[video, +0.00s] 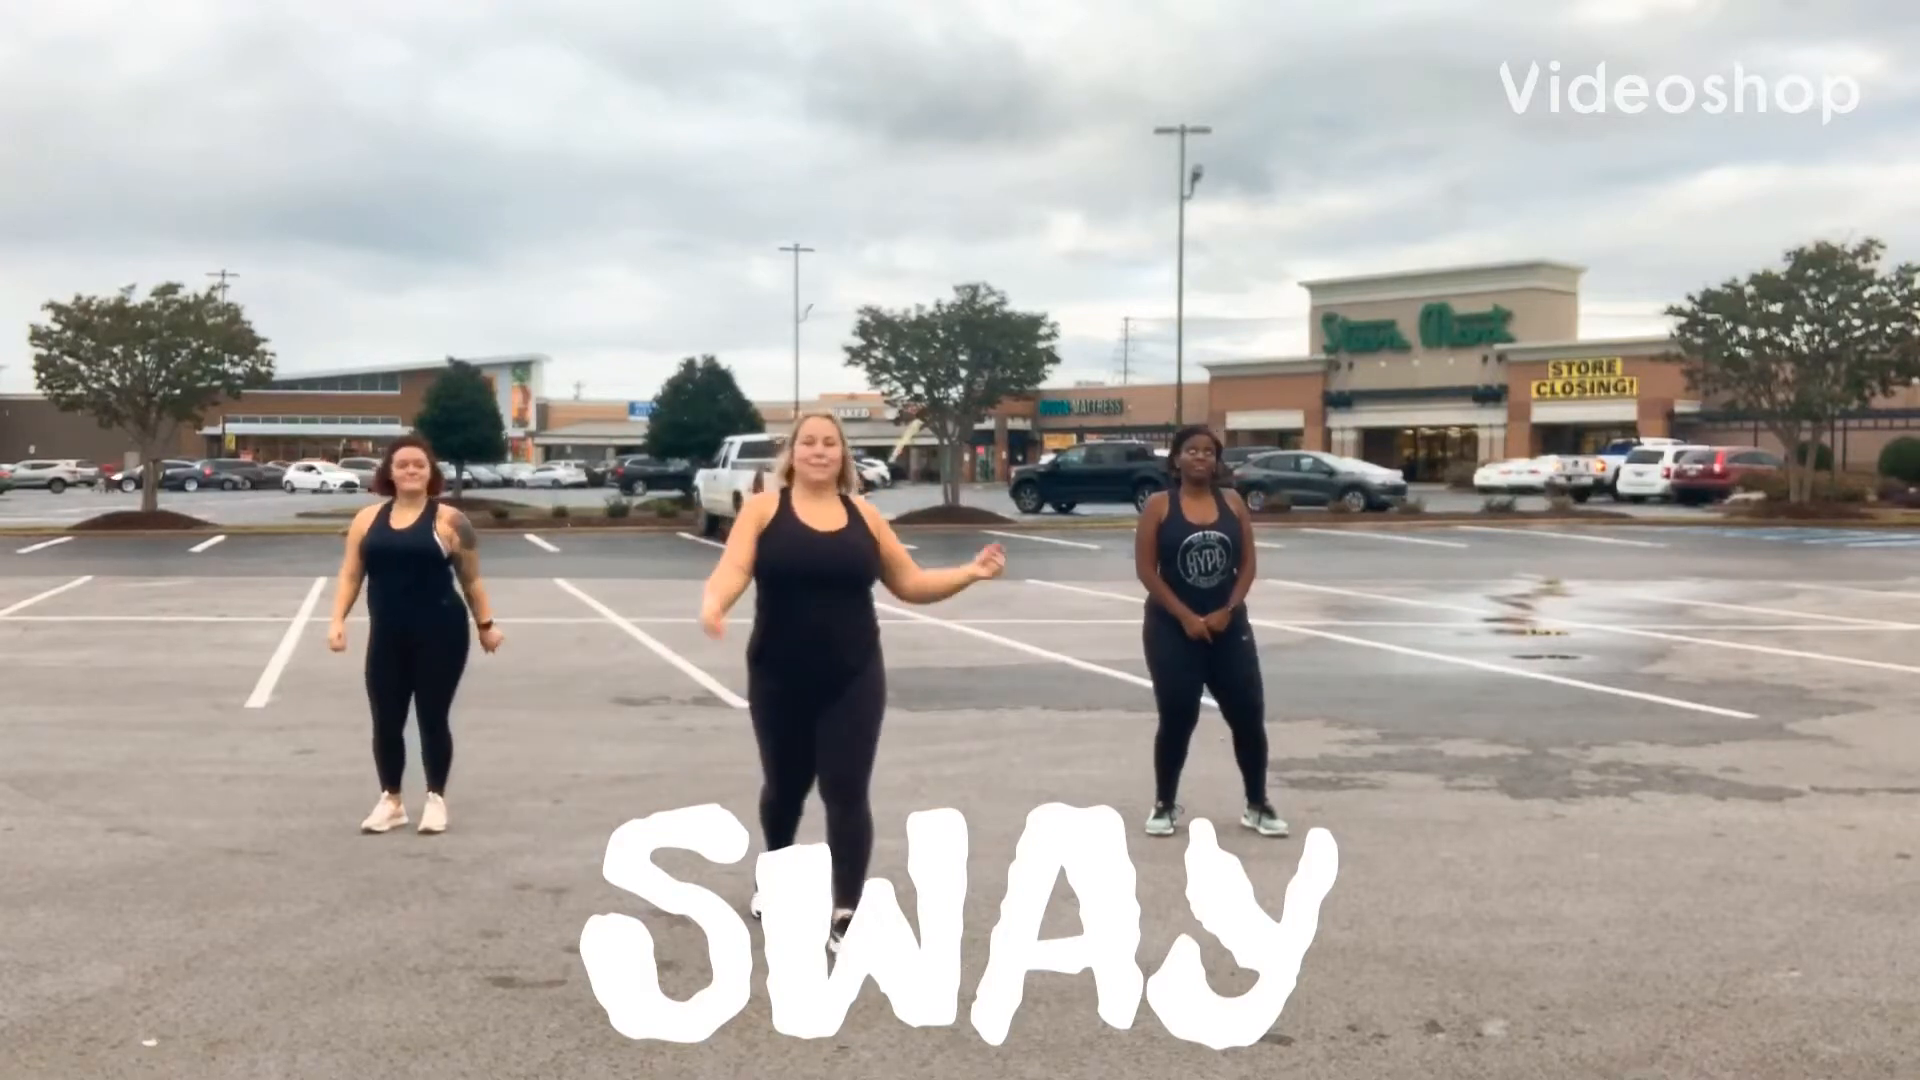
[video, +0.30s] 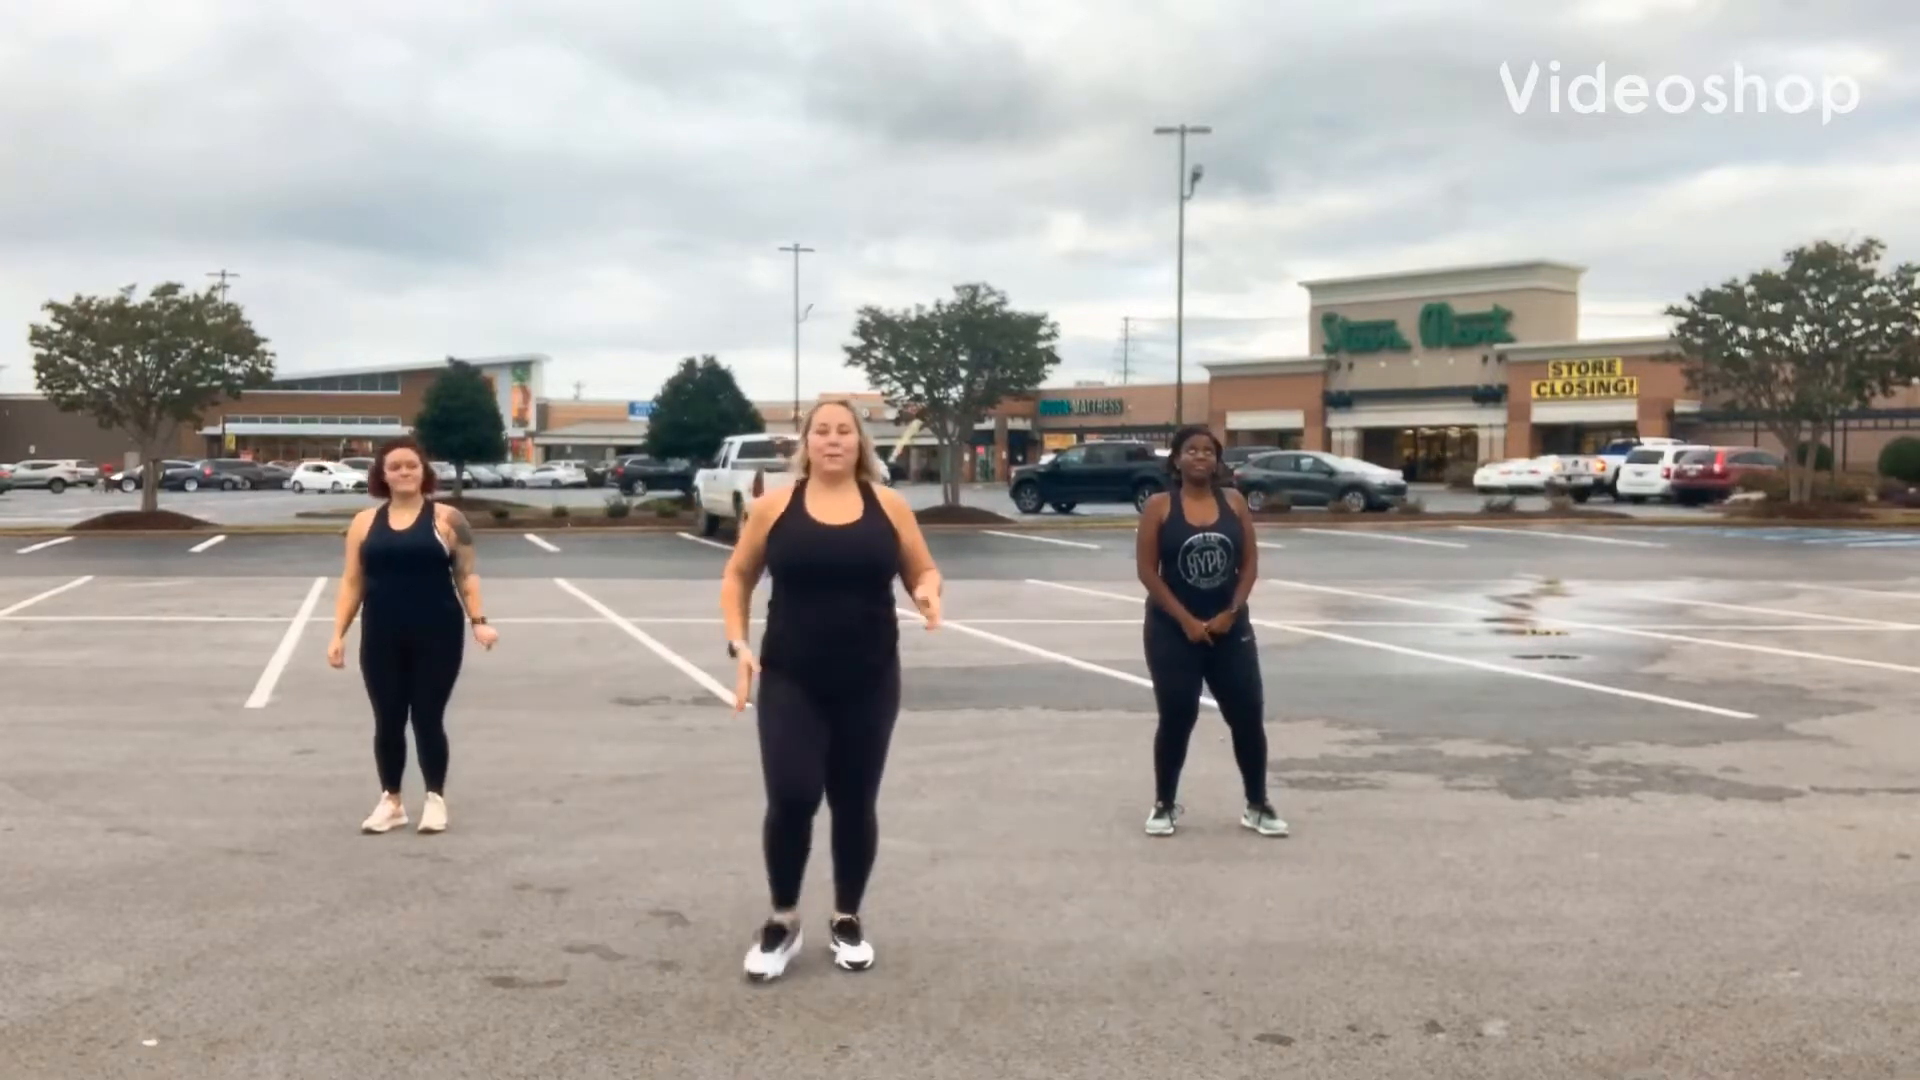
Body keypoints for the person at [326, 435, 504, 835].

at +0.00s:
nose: (410, 471)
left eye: (418, 464)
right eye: (402, 465)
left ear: (431, 472)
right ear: (389, 472)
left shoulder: (450, 520)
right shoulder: (368, 519)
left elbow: (470, 578)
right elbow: (351, 574)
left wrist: (486, 624)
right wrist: (337, 619)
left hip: (441, 635)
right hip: (387, 636)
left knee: (432, 717)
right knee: (385, 724)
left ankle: (435, 799)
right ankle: (391, 800)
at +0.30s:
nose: (404, 472)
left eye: (411, 465)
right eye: (395, 467)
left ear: (424, 471)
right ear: (383, 475)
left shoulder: (447, 518)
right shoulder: (364, 522)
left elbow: (466, 573)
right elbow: (352, 582)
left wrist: (478, 620)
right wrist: (338, 633)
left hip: (437, 636)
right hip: (381, 637)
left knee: (426, 717)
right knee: (388, 721)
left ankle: (434, 799)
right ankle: (390, 800)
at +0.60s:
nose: (404, 475)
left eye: (410, 467)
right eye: (395, 470)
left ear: (425, 473)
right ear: (384, 480)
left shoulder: (451, 518)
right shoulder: (370, 527)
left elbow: (471, 569)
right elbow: (359, 590)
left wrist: (481, 600)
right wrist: (347, 640)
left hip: (436, 636)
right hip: (381, 638)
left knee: (424, 718)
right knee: (388, 720)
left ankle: (434, 799)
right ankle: (391, 799)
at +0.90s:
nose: (412, 470)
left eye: (419, 463)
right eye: (404, 464)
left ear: (433, 469)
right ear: (392, 473)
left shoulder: (455, 518)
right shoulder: (375, 521)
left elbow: (479, 573)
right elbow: (363, 583)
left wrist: (489, 625)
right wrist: (349, 630)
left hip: (444, 635)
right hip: (390, 636)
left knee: (431, 719)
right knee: (391, 721)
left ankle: (435, 799)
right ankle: (392, 799)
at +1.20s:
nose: (411, 468)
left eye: (419, 461)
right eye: (403, 462)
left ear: (433, 469)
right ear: (393, 470)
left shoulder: (453, 520)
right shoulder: (371, 516)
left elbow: (473, 577)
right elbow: (354, 574)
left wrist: (480, 629)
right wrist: (341, 622)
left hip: (443, 635)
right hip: (389, 634)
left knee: (431, 717)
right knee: (397, 718)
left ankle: (435, 799)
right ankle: (401, 798)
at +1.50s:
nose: (408, 472)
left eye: (416, 464)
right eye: (400, 466)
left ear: (430, 471)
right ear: (389, 474)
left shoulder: (452, 520)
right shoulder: (369, 522)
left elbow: (470, 570)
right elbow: (353, 581)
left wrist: (467, 596)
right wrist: (348, 633)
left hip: (437, 636)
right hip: (382, 637)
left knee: (427, 719)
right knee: (394, 721)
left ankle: (434, 800)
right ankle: (401, 799)